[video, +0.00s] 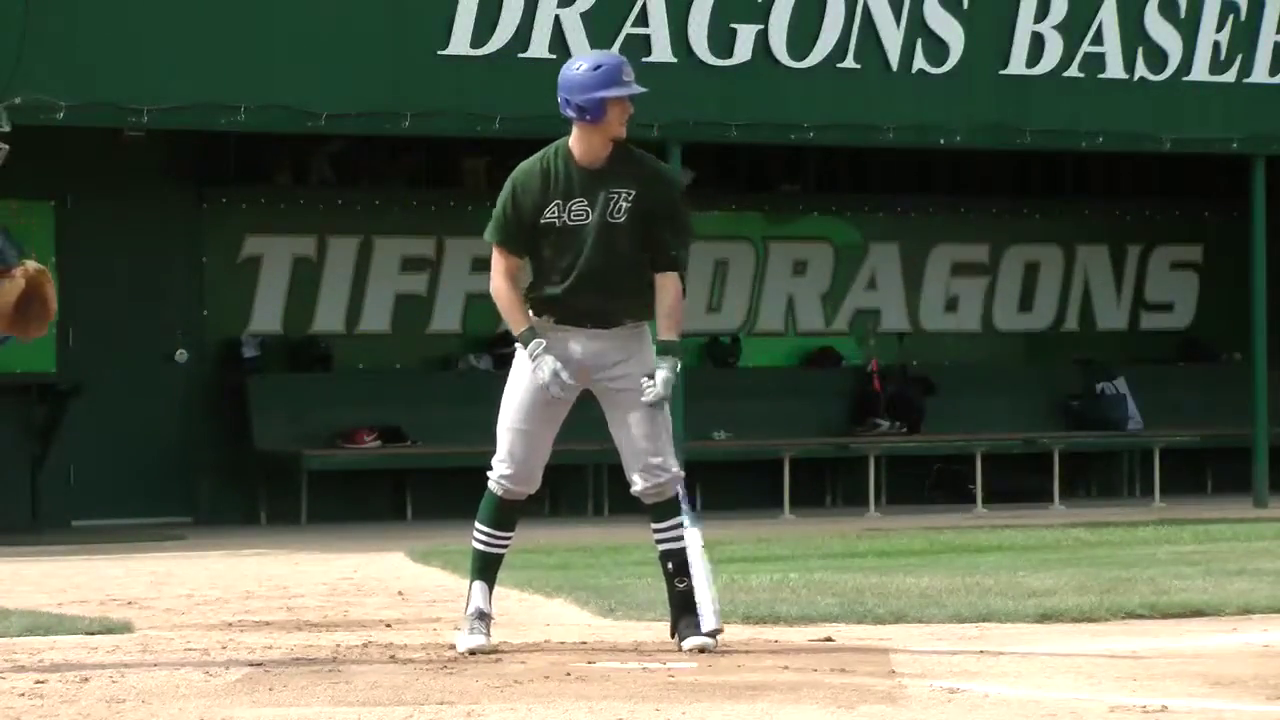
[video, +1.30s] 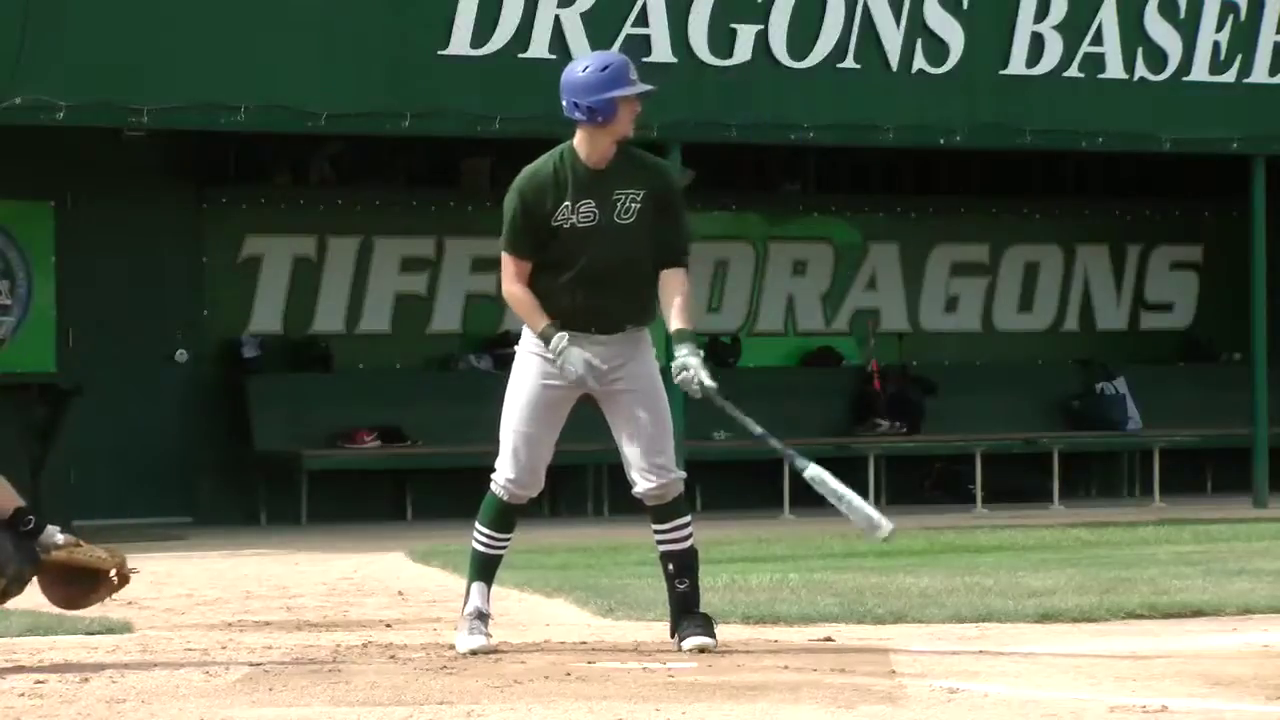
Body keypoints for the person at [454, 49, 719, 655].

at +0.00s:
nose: (629, 111)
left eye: (629, 101)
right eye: (617, 103)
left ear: (620, 105)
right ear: (582, 109)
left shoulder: (654, 183)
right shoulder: (530, 180)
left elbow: (669, 278)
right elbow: (502, 274)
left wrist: (667, 359)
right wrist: (531, 343)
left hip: (628, 343)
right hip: (547, 341)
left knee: (656, 475)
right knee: (511, 473)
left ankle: (688, 614)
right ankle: (478, 609)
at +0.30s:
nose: (625, 104)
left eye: (624, 94)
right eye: (616, 95)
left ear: (600, 103)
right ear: (582, 103)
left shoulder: (645, 176)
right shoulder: (523, 177)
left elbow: (671, 259)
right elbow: (500, 270)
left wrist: (630, 289)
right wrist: (530, 340)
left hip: (624, 342)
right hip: (544, 341)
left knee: (656, 474)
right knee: (510, 474)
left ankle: (688, 616)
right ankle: (478, 608)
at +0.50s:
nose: (632, 102)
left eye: (631, 91)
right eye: (623, 92)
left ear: (609, 100)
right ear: (589, 98)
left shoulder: (646, 170)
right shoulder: (531, 170)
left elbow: (719, 244)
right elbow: (486, 261)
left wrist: (678, 229)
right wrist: (530, 302)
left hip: (627, 343)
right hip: (549, 344)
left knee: (659, 480)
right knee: (511, 477)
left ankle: (689, 618)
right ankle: (477, 611)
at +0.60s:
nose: (642, 100)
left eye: (641, 90)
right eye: (632, 91)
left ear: (628, 97)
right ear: (599, 96)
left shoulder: (657, 162)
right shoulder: (542, 164)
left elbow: (738, 204)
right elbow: (468, 215)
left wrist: (704, 204)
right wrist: (528, 212)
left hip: (628, 343)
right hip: (550, 343)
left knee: (659, 480)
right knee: (512, 478)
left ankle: (689, 619)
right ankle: (478, 611)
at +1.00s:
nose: (650, 105)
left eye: (648, 96)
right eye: (641, 96)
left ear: (620, 106)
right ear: (609, 105)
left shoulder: (661, 178)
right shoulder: (556, 173)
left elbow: (699, 267)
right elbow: (558, 245)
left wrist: (744, 270)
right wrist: (605, 201)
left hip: (632, 348)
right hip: (556, 345)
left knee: (665, 480)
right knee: (520, 481)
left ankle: (688, 619)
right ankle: (476, 608)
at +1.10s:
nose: (647, 104)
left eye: (645, 96)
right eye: (638, 97)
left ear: (615, 107)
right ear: (606, 106)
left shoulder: (660, 179)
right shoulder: (549, 180)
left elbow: (686, 267)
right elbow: (541, 279)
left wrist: (735, 301)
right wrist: (602, 282)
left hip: (630, 349)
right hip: (551, 346)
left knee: (661, 478)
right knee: (517, 478)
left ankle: (688, 618)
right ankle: (475, 607)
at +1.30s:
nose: (637, 109)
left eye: (635, 100)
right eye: (626, 102)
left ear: (618, 107)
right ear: (593, 110)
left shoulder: (658, 181)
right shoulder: (535, 185)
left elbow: (673, 270)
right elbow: (512, 283)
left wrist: (683, 344)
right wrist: (553, 339)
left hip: (631, 347)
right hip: (548, 344)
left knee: (661, 480)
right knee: (514, 478)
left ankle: (687, 617)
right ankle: (475, 609)